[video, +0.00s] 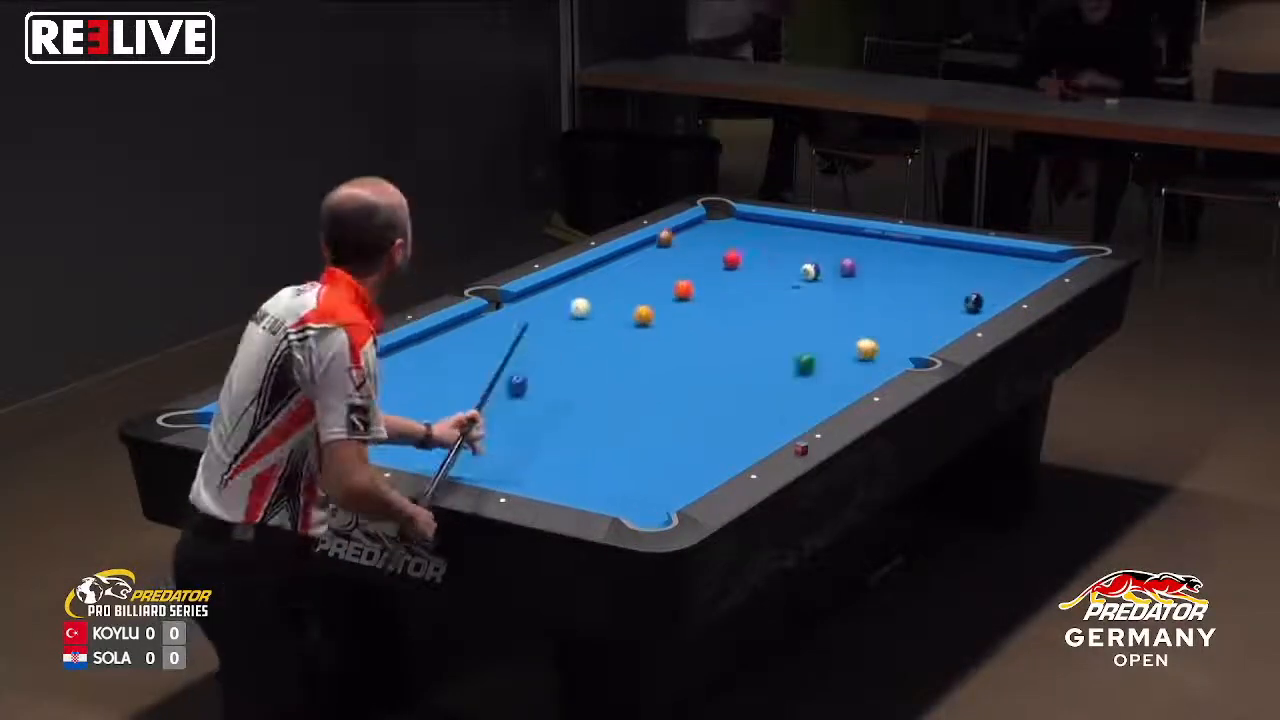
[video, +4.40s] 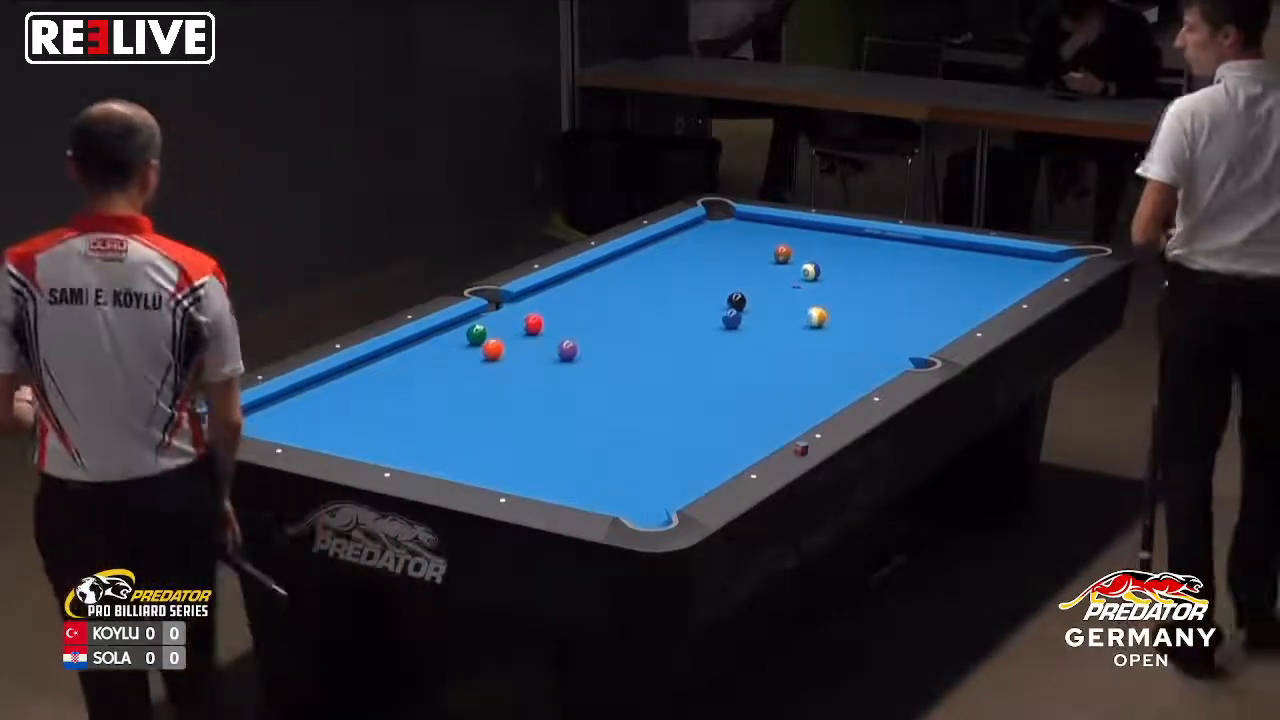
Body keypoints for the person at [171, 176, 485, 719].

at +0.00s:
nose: (410, 244)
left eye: (407, 231)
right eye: (409, 234)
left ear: (330, 239)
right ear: (397, 251)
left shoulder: (289, 302)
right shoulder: (343, 334)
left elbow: (337, 415)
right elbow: (348, 482)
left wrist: (429, 432)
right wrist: (407, 512)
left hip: (211, 538)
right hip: (252, 556)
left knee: (252, 696)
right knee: (277, 699)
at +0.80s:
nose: (370, 158)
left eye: (366, 146)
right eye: (369, 148)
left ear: (288, 155)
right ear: (357, 163)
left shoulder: (248, 232)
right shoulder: (316, 262)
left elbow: (257, 364)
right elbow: (339, 419)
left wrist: (343, 436)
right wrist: (373, 457)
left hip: (235, 475)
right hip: (290, 488)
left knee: (274, 658)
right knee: (316, 663)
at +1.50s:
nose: (335, 165)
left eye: (331, 153)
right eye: (333, 154)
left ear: (251, 163)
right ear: (321, 167)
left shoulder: (208, 255)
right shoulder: (313, 282)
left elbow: (196, 378)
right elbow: (357, 440)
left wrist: (241, 441)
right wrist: (407, 496)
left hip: (247, 497)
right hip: (319, 503)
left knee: (281, 664)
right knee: (348, 662)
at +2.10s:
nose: (336, 221)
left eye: (332, 205)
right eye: (335, 208)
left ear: (246, 208)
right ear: (320, 222)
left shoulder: (190, 309)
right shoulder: (323, 345)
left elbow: (186, 442)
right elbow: (368, 498)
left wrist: (196, 535)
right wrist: (418, 593)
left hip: (237, 564)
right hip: (318, 572)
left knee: (273, 699)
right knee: (351, 700)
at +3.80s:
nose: (279, 211)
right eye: (278, 200)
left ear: (186, 207)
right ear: (270, 212)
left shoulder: (131, 306)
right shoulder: (288, 332)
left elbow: (113, 449)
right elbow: (331, 489)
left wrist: (132, 523)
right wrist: (359, 583)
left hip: (174, 550)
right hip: (270, 556)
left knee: (174, 701)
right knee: (283, 698)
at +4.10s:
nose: (204, 189)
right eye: (204, 177)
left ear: (117, 179)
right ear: (198, 187)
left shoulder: (61, 284)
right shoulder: (233, 301)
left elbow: (33, 429)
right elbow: (274, 447)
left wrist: (63, 465)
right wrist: (290, 533)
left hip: (106, 525)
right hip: (207, 527)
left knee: (131, 695)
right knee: (243, 684)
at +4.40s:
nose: (157, 177)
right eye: (157, 166)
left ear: (74, 168)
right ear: (151, 174)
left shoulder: (21, 271)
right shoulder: (195, 276)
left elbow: (8, 409)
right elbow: (227, 419)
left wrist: (48, 409)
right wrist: (221, 497)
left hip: (72, 514)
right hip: (173, 508)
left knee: (108, 683)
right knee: (193, 674)